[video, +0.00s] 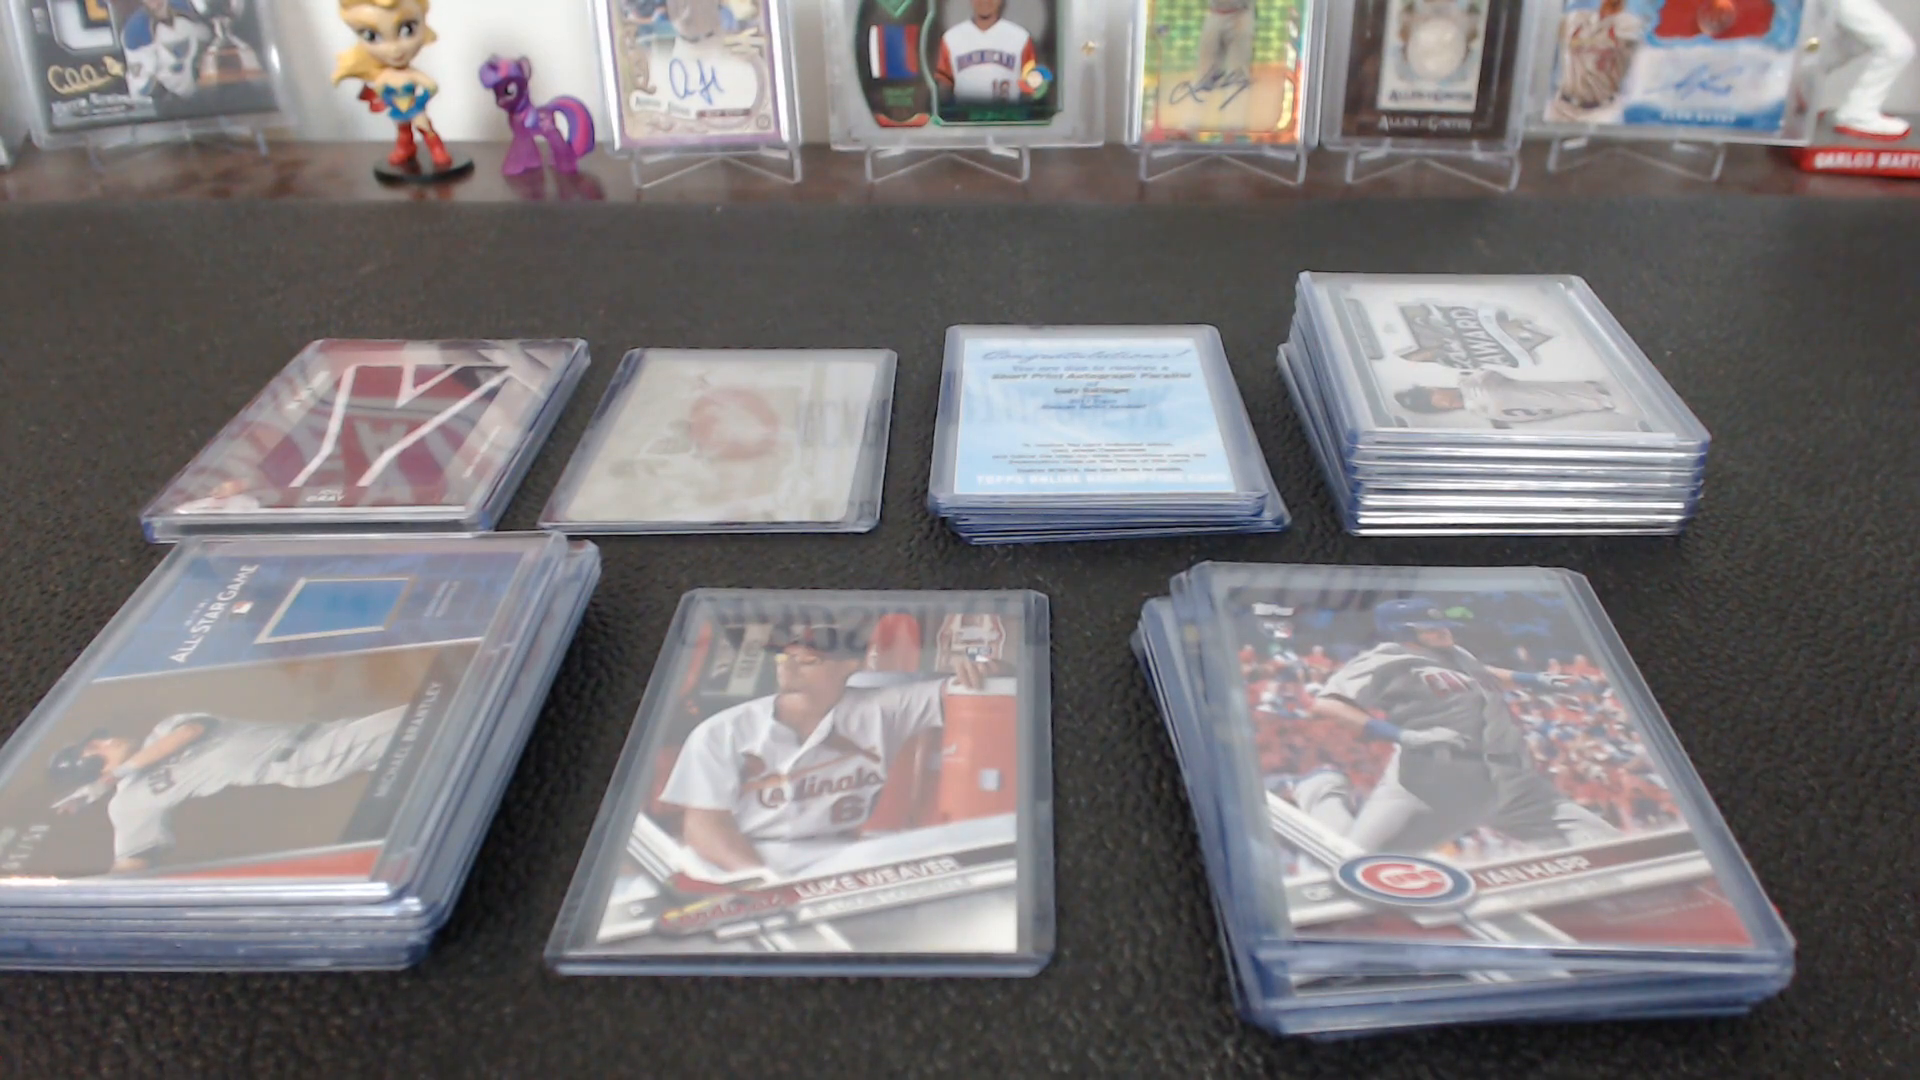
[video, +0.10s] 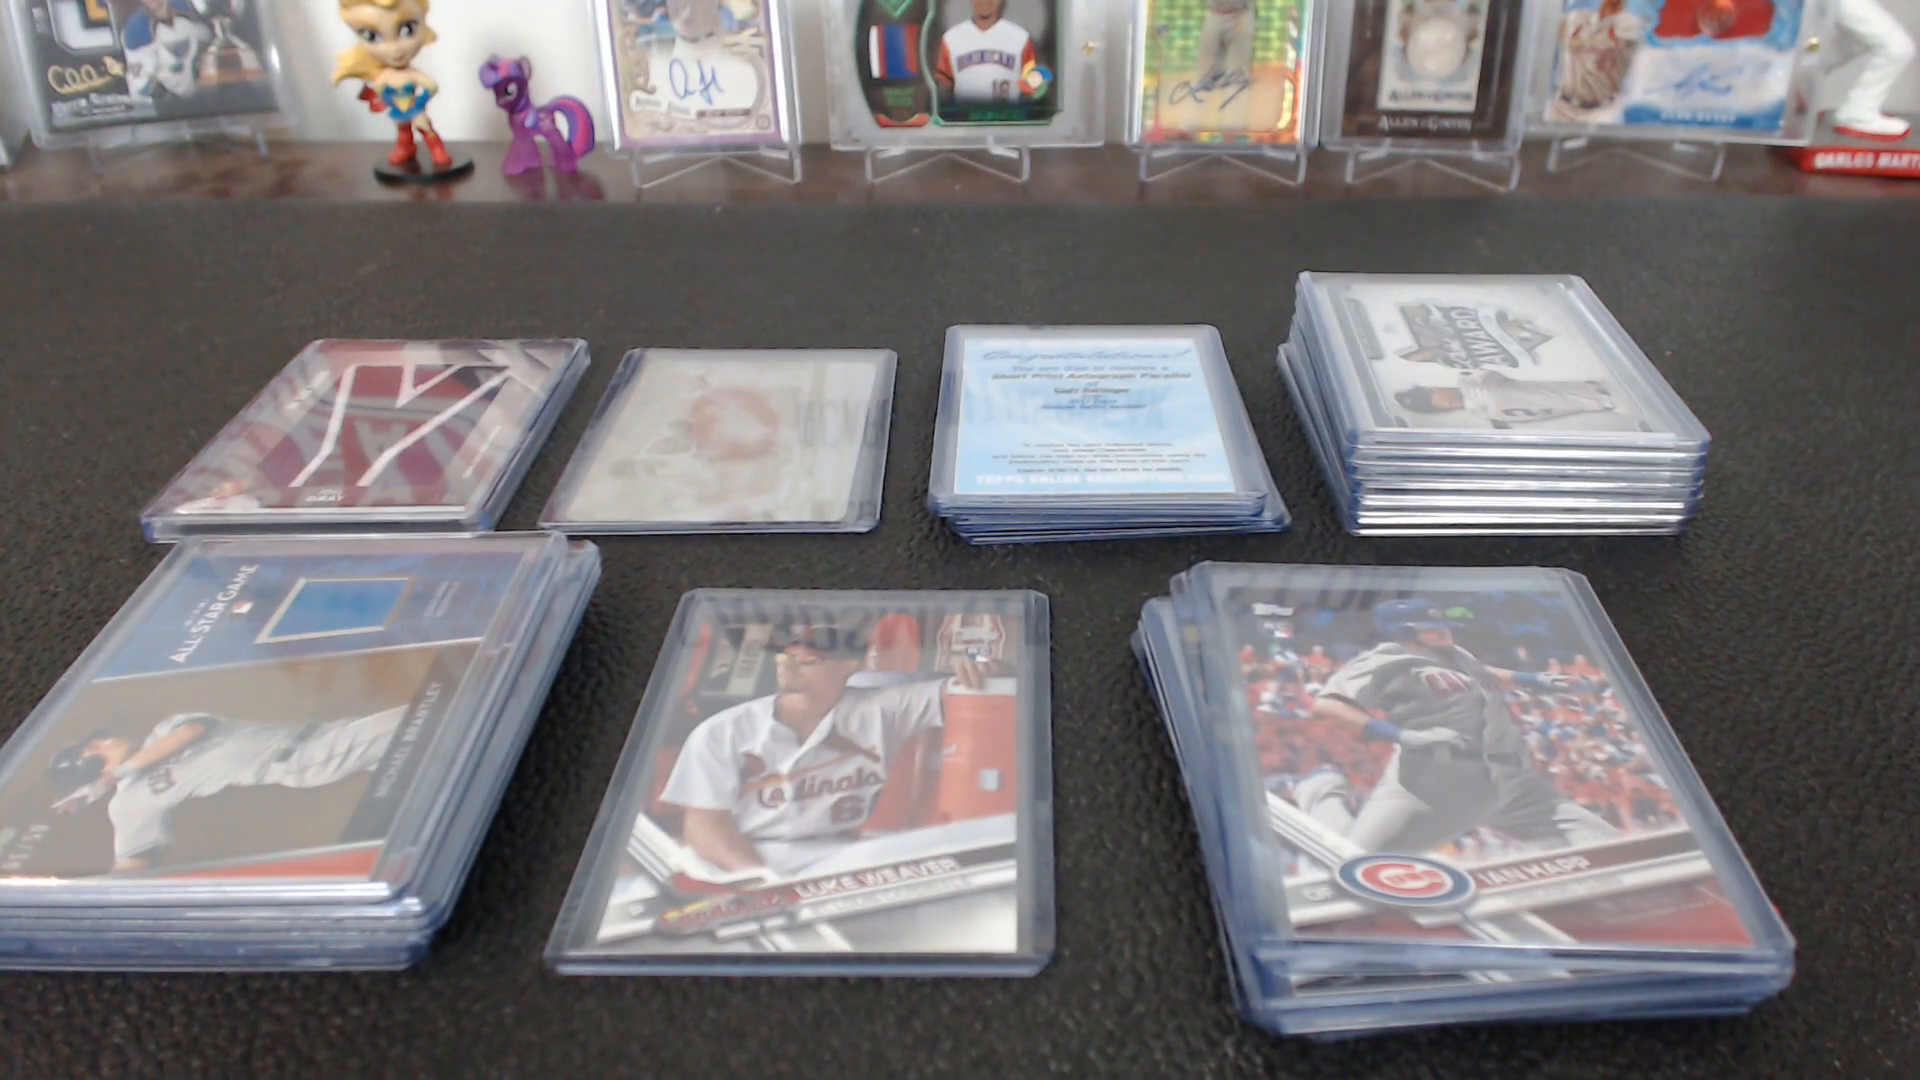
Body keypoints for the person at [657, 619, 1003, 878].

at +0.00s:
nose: (800, 654)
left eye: (821, 646)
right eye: (790, 643)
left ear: (854, 662)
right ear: (776, 655)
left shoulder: (876, 713)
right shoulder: (720, 735)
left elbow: (959, 690)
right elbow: (703, 830)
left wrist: (972, 674)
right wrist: (768, 884)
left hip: (830, 868)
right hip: (730, 873)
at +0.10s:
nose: (798, 656)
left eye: (820, 646)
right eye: (789, 644)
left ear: (853, 661)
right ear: (776, 656)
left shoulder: (877, 713)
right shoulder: (719, 735)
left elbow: (959, 690)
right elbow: (703, 830)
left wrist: (972, 673)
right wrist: (769, 884)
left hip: (829, 868)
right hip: (730, 872)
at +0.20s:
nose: (799, 655)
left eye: (820, 646)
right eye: (789, 644)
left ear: (854, 661)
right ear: (776, 656)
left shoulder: (877, 713)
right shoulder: (719, 735)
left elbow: (959, 690)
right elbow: (703, 830)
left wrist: (972, 673)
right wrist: (769, 884)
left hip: (830, 869)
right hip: (730, 873)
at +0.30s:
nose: (797, 657)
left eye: (819, 647)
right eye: (788, 645)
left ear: (853, 661)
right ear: (776, 656)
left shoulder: (876, 713)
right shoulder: (719, 735)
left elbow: (960, 689)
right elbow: (703, 829)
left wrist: (972, 671)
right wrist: (768, 884)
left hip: (829, 868)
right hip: (731, 872)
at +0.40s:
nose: (793, 658)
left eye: (815, 648)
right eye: (786, 646)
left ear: (852, 663)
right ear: (775, 656)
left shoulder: (875, 715)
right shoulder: (720, 735)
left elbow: (955, 691)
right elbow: (703, 829)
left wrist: (974, 672)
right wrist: (767, 884)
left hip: (828, 868)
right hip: (728, 873)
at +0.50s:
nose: (797, 657)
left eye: (818, 647)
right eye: (789, 644)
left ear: (853, 664)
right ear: (776, 655)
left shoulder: (875, 716)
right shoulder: (720, 735)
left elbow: (954, 691)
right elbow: (703, 828)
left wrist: (973, 674)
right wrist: (767, 883)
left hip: (827, 866)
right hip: (730, 870)